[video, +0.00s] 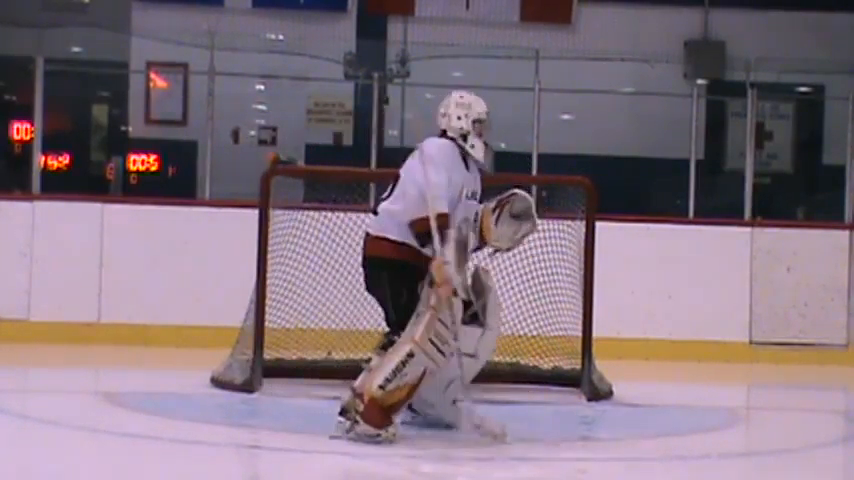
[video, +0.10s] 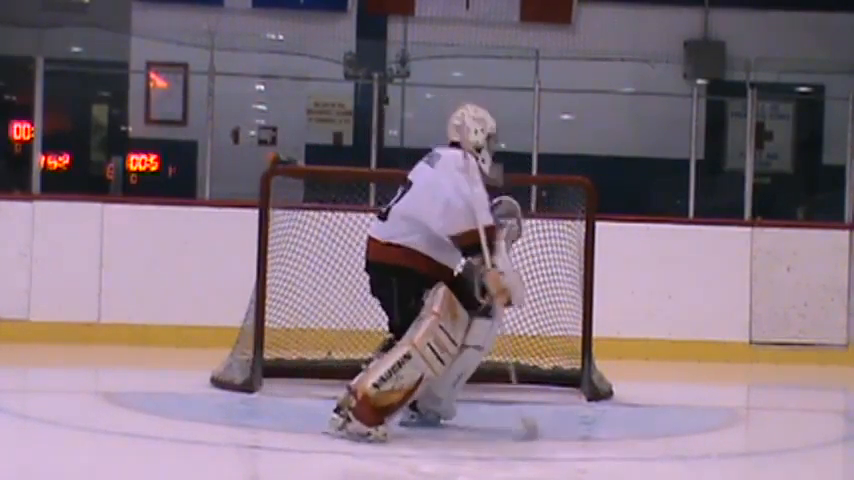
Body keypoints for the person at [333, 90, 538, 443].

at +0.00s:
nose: (483, 130)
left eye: (484, 123)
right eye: (478, 123)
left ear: (461, 124)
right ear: (461, 122)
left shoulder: (468, 166)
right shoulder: (438, 151)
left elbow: (462, 224)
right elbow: (434, 214)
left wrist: (492, 225)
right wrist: (444, 265)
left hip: (415, 253)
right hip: (389, 249)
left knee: (425, 328)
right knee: (408, 331)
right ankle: (364, 405)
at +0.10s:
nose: (492, 145)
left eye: (491, 138)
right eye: (491, 138)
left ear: (454, 134)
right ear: (482, 139)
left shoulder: (434, 158)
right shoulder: (464, 167)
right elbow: (473, 234)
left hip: (381, 250)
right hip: (409, 257)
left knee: (406, 333)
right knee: (418, 337)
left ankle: (356, 405)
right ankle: (360, 409)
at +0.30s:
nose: (514, 177)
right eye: (512, 173)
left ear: (470, 170)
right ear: (507, 174)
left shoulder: (454, 189)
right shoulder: (510, 201)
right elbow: (534, 256)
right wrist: (552, 292)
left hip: (405, 262)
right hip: (450, 276)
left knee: (407, 342)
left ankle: (359, 400)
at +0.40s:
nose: (522, 180)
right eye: (522, 175)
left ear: (485, 173)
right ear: (521, 176)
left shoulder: (468, 194)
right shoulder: (525, 200)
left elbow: (437, 227)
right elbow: (549, 254)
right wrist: (572, 293)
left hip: (426, 257)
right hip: (469, 271)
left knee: (422, 331)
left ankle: (382, 375)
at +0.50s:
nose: (541, 176)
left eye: (512, 167)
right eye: (540, 171)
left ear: (505, 171)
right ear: (539, 174)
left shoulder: (490, 189)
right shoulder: (543, 195)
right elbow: (561, 248)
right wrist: (572, 290)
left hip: (444, 257)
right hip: (487, 268)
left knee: (453, 333)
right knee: (476, 337)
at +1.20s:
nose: (584, 144)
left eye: (586, 138)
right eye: (577, 138)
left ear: (589, 139)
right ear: (559, 139)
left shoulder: (592, 173)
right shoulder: (541, 169)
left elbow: (585, 222)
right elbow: (507, 209)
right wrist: (513, 241)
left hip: (579, 266)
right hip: (542, 264)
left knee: (587, 324)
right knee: (533, 325)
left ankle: (576, 380)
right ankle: (505, 384)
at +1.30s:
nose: (568, 157)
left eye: (572, 149)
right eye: (560, 151)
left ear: (578, 150)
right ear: (543, 152)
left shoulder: (591, 185)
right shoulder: (520, 183)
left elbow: (601, 227)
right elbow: (481, 222)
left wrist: (623, 228)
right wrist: (479, 256)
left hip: (568, 277)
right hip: (523, 276)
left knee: (587, 328)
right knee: (518, 332)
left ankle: (570, 384)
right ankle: (501, 389)